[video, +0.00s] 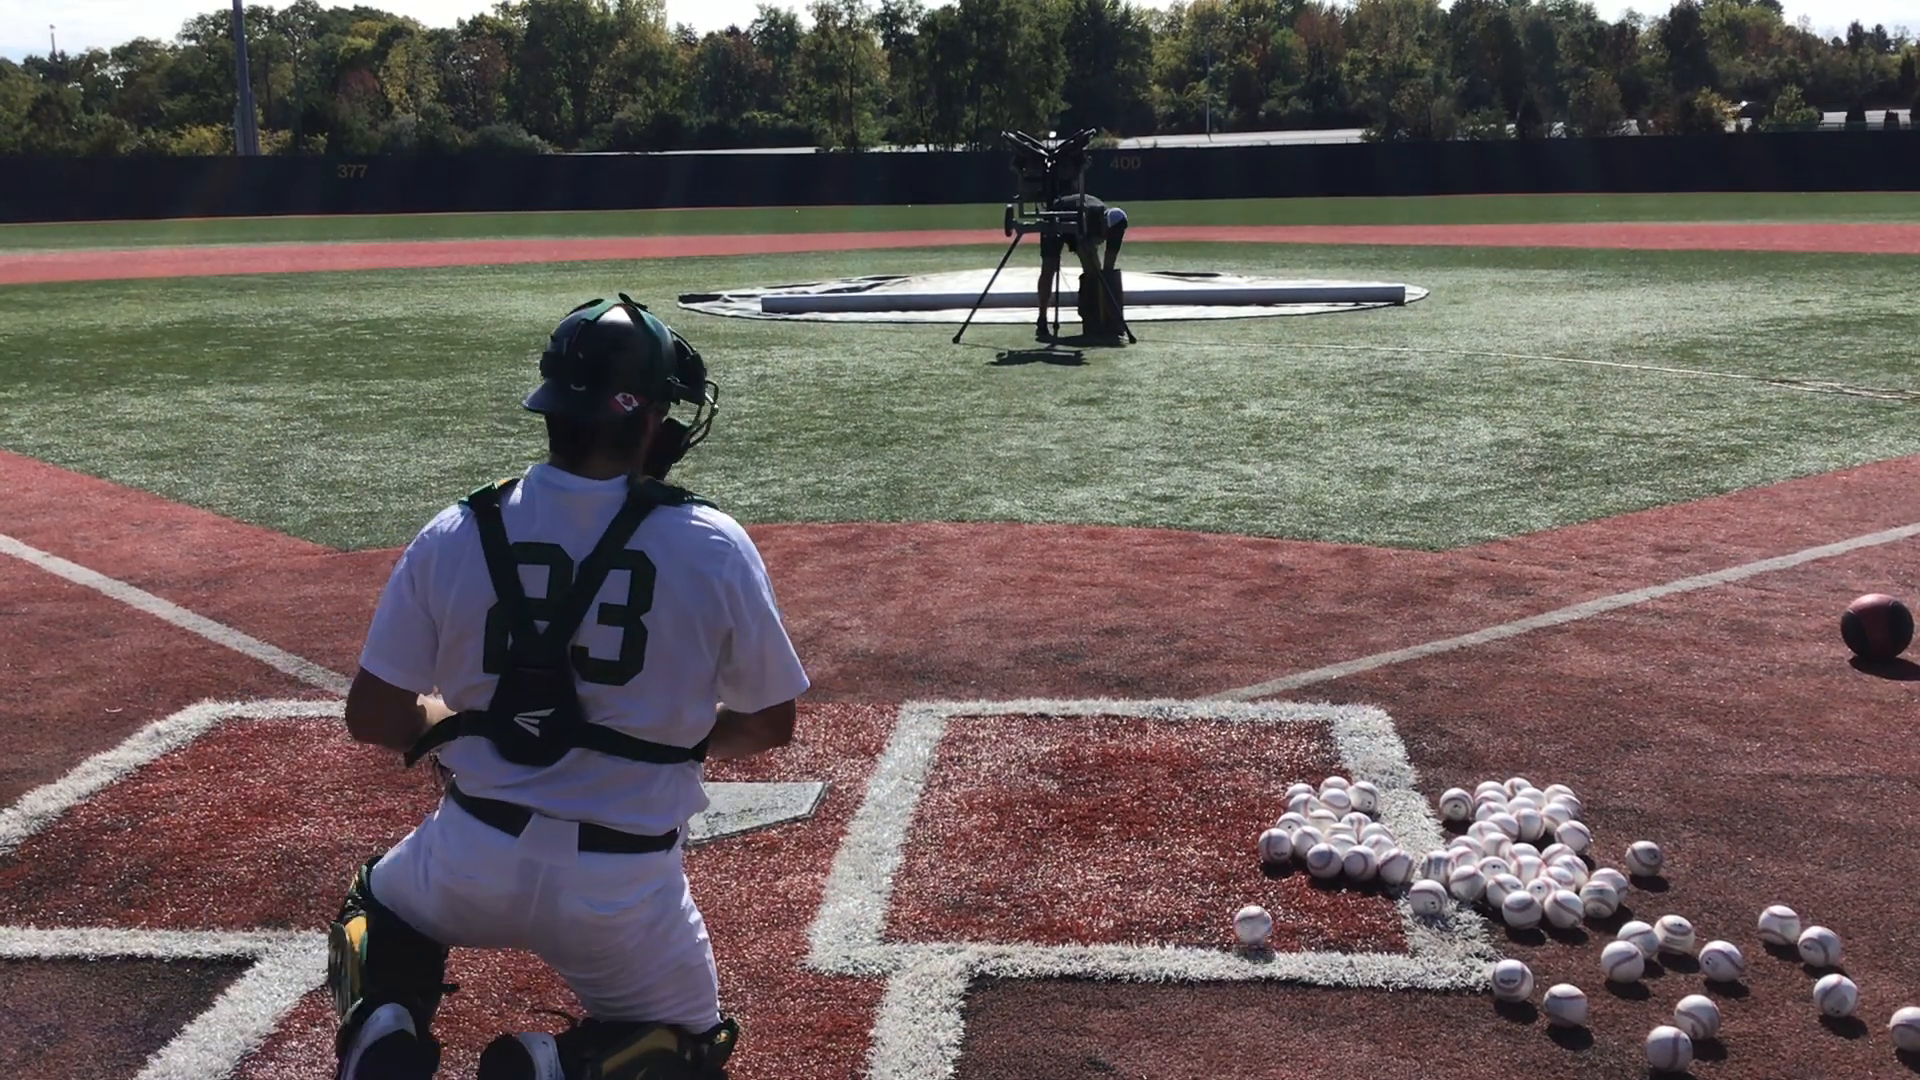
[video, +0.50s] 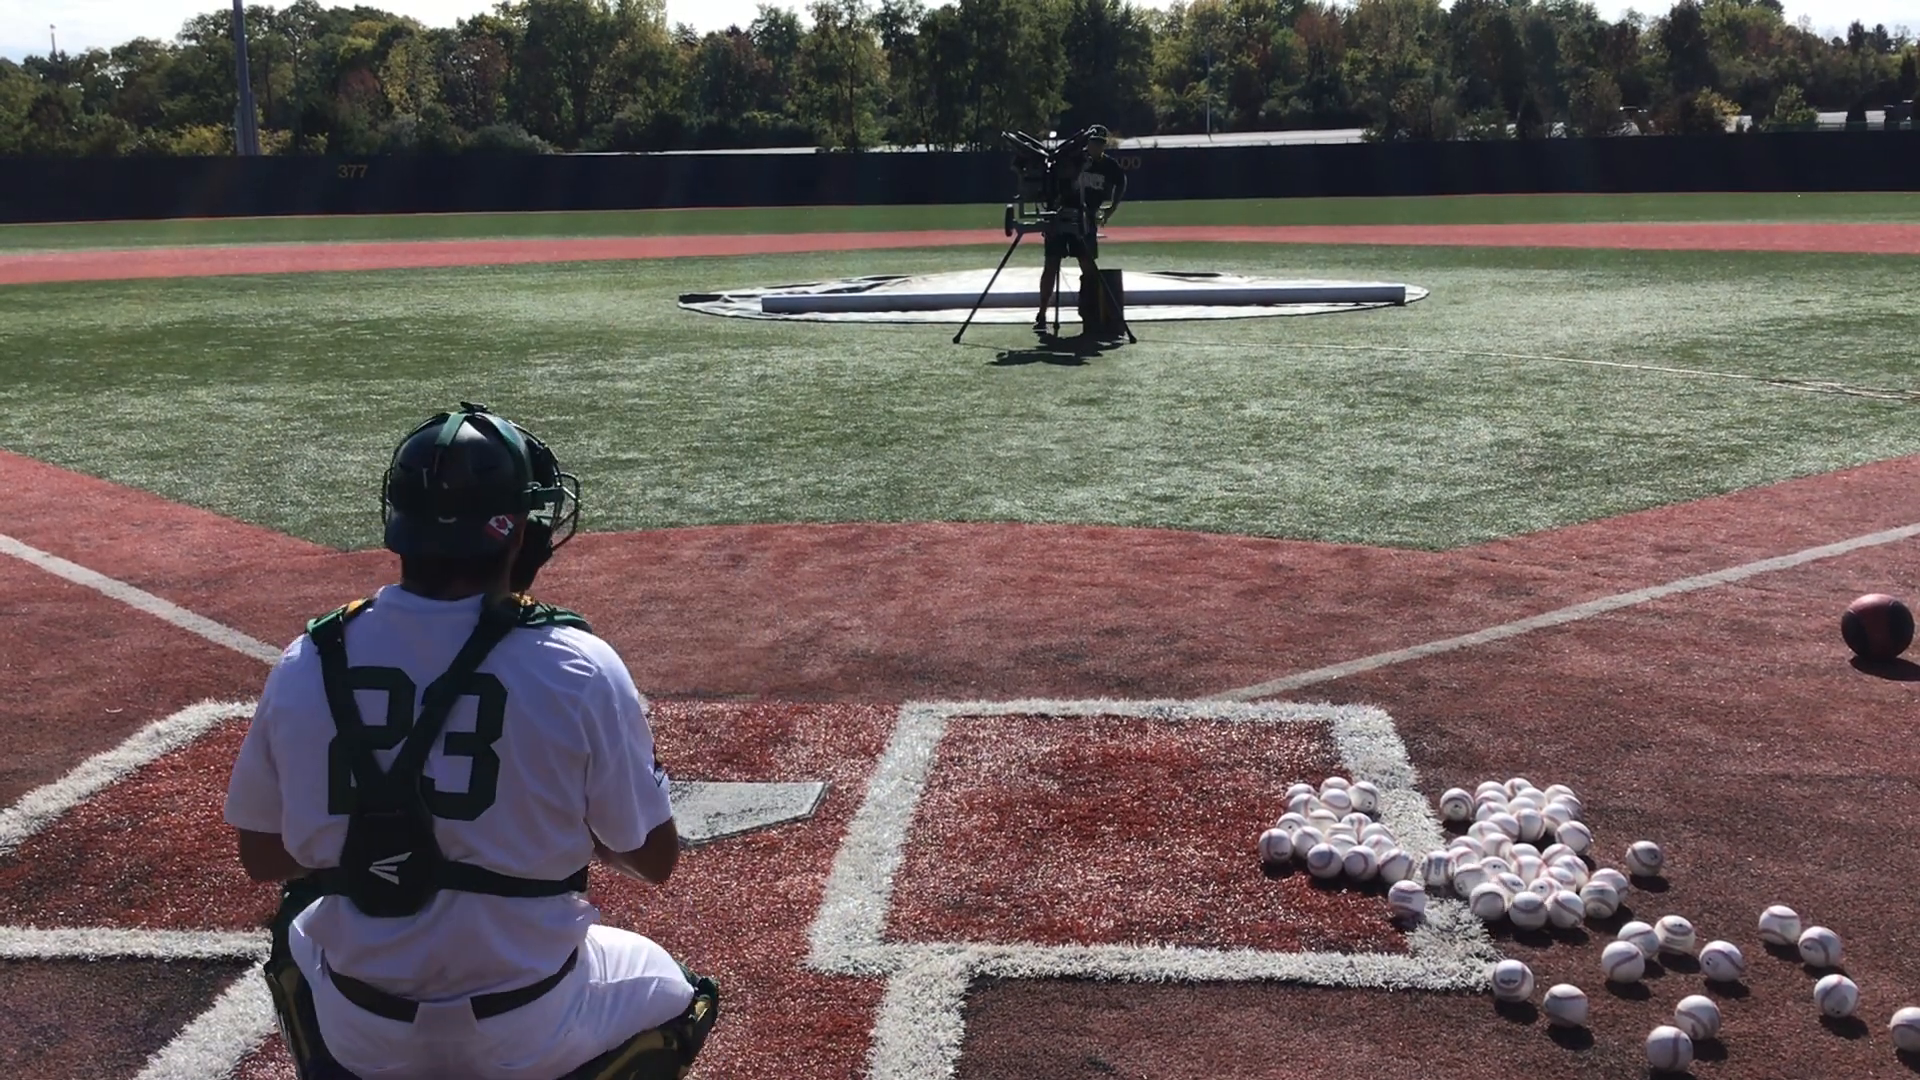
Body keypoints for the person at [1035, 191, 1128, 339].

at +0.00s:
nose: (1114, 234)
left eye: (1118, 231)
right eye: (1114, 230)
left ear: (1121, 224)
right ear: (1107, 223)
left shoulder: (1117, 222)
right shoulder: (1090, 215)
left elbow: (1109, 262)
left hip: (1079, 225)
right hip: (1055, 221)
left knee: (1092, 270)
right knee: (1048, 271)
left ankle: (1094, 316)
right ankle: (1042, 319)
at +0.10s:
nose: (1118, 219)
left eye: (1121, 215)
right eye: (1116, 214)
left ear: (1124, 211)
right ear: (1107, 207)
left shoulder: (1118, 214)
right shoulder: (1089, 204)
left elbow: (1114, 247)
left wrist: (1109, 274)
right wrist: (1092, 267)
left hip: (1080, 228)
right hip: (1055, 221)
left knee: (1092, 270)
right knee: (1049, 269)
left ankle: (1095, 316)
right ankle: (1042, 320)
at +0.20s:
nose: (1121, 199)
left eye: (1122, 195)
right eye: (1119, 194)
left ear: (1122, 193)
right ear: (1109, 189)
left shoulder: (1119, 200)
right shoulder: (1087, 190)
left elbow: (1120, 228)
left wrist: (1115, 250)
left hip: (1080, 229)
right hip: (1054, 226)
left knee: (1094, 272)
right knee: (1049, 270)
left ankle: (1097, 320)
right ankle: (1042, 319)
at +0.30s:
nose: (1114, 179)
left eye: (1117, 175)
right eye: (1111, 174)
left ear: (1119, 175)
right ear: (1102, 170)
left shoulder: (1119, 188)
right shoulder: (1088, 177)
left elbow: (1125, 210)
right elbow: (1070, 199)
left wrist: (1119, 230)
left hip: (1082, 226)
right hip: (1057, 223)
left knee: (1092, 271)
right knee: (1050, 269)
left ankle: (1095, 319)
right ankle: (1042, 317)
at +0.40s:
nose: (1109, 159)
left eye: (1113, 155)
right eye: (1106, 154)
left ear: (1115, 157)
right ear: (1096, 152)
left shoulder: (1114, 173)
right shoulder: (1076, 163)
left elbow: (1126, 194)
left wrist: (1118, 221)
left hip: (1084, 222)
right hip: (1058, 219)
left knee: (1091, 269)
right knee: (1050, 268)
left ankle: (1097, 317)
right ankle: (1041, 315)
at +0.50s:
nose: (1095, 148)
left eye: (1099, 144)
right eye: (1092, 143)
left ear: (1104, 145)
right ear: (1086, 143)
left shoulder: (1109, 165)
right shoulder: (1072, 160)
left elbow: (1121, 183)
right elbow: (1056, 181)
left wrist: (1110, 210)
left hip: (1085, 220)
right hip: (1059, 218)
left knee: (1088, 268)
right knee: (1050, 269)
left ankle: (1090, 313)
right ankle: (1042, 314)